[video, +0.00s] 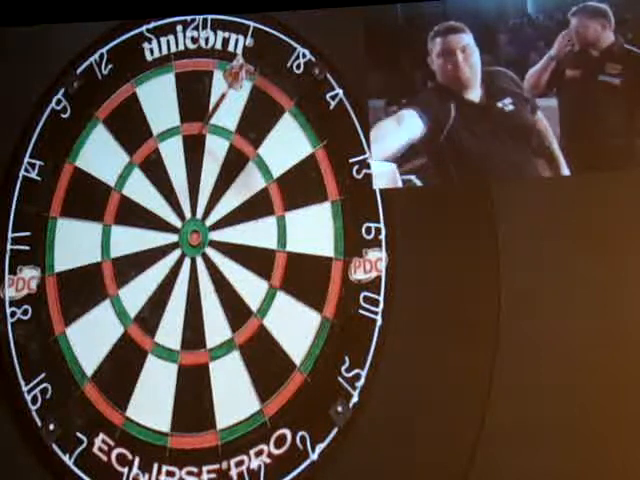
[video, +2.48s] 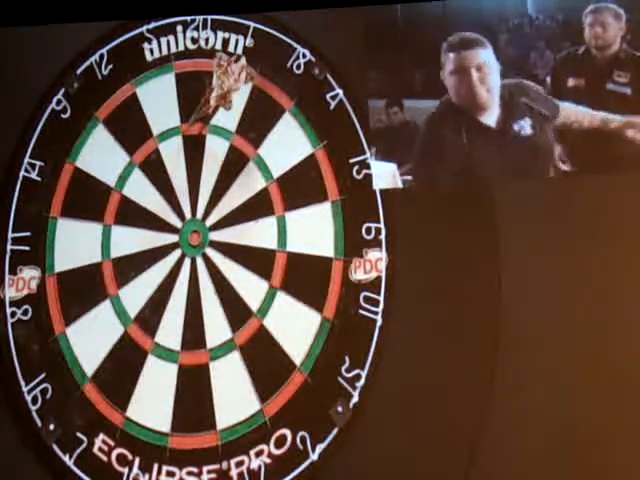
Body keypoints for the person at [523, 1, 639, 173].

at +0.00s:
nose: (574, 34)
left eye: (581, 28)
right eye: (573, 28)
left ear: (605, 26)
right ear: (570, 28)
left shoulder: (632, 61)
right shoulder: (567, 61)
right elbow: (530, 90)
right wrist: (554, 54)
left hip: (622, 164)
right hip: (577, 163)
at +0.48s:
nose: (581, 35)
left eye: (588, 28)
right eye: (578, 29)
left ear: (610, 26)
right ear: (574, 30)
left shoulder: (633, 60)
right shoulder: (570, 61)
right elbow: (533, 91)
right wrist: (555, 59)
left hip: (622, 159)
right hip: (576, 160)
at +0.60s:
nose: (590, 30)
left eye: (596, 23)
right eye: (585, 25)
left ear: (616, 24)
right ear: (579, 30)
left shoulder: (633, 60)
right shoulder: (569, 61)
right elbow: (531, 91)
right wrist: (549, 82)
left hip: (625, 159)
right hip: (578, 160)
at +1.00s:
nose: (597, 31)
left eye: (604, 25)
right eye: (592, 26)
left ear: (622, 25)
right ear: (586, 30)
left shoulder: (635, 61)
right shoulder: (570, 61)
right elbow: (548, 98)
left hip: (626, 158)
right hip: (580, 160)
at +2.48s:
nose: (596, 31)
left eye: (603, 25)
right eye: (590, 25)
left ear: (621, 28)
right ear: (584, 30)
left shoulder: (635, 65)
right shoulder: (565, 64)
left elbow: (636, 118)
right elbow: (552, 110)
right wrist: (556, 144)